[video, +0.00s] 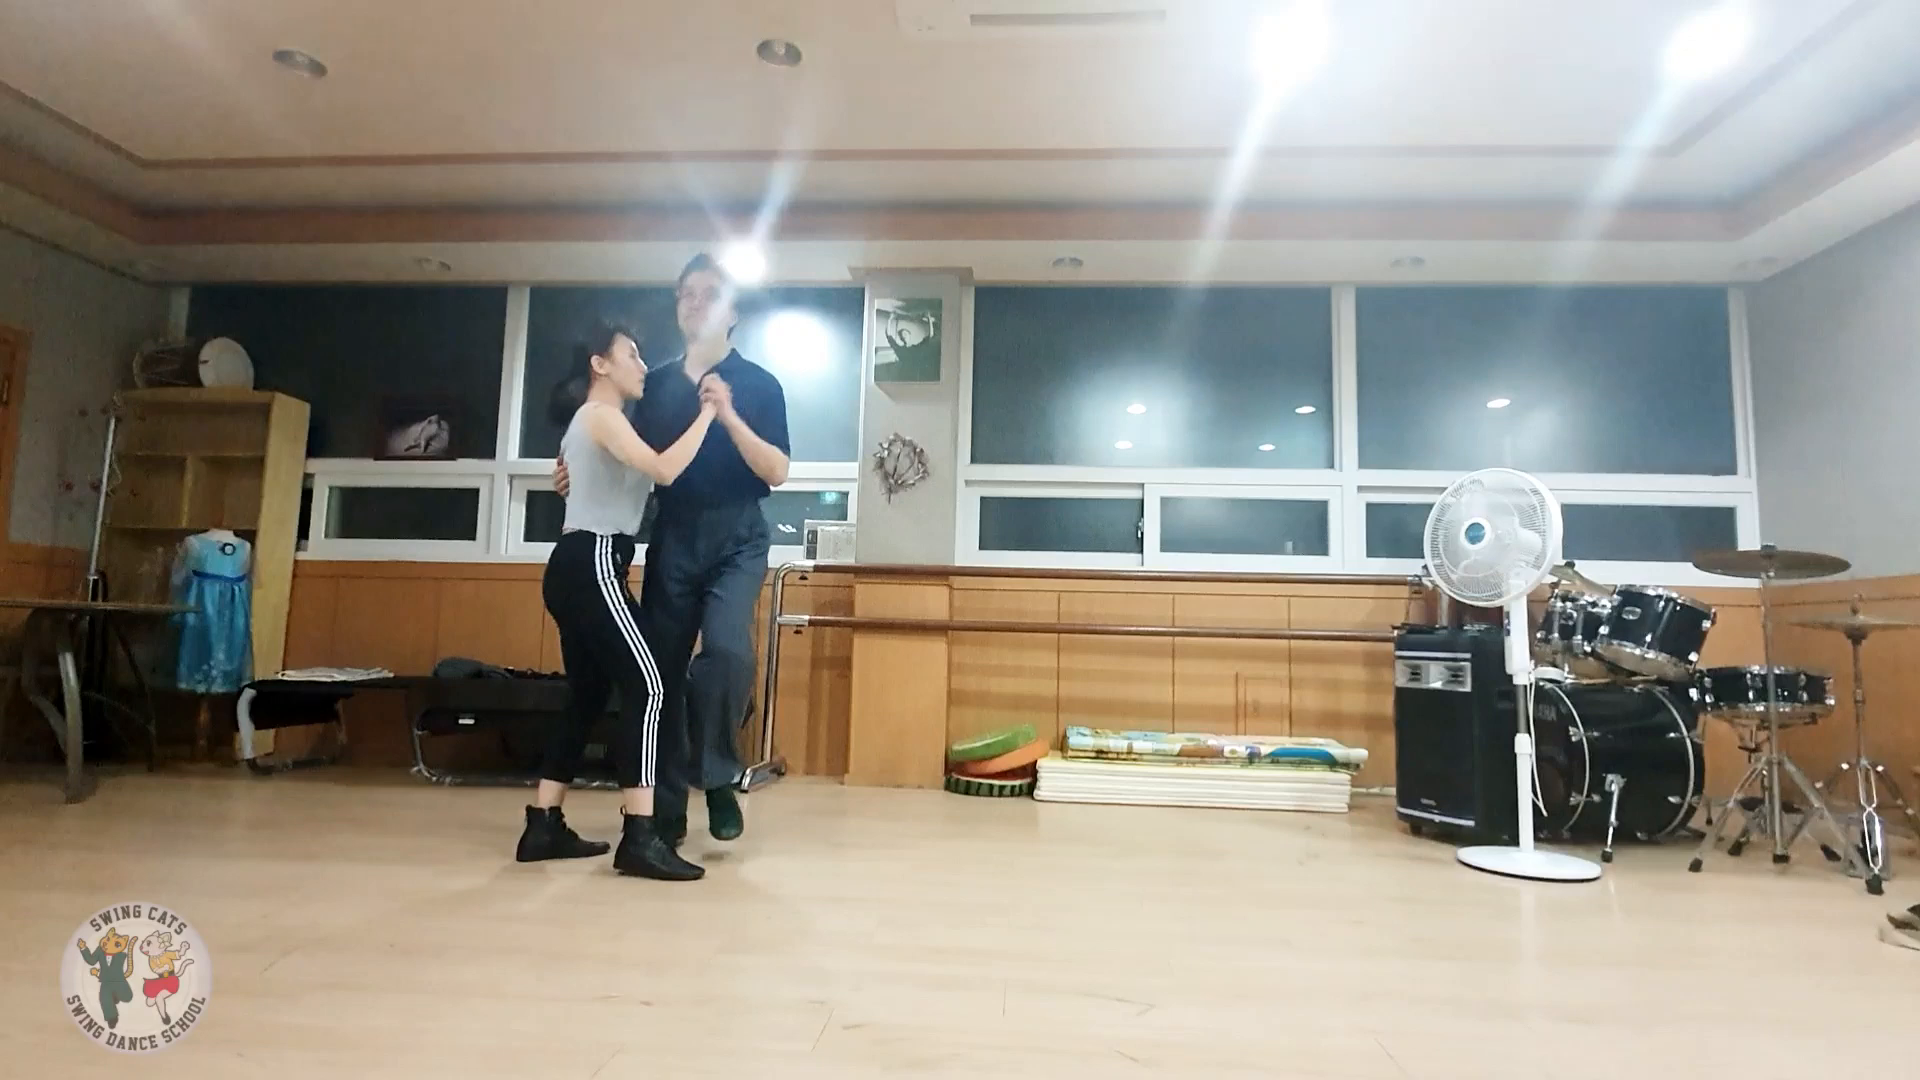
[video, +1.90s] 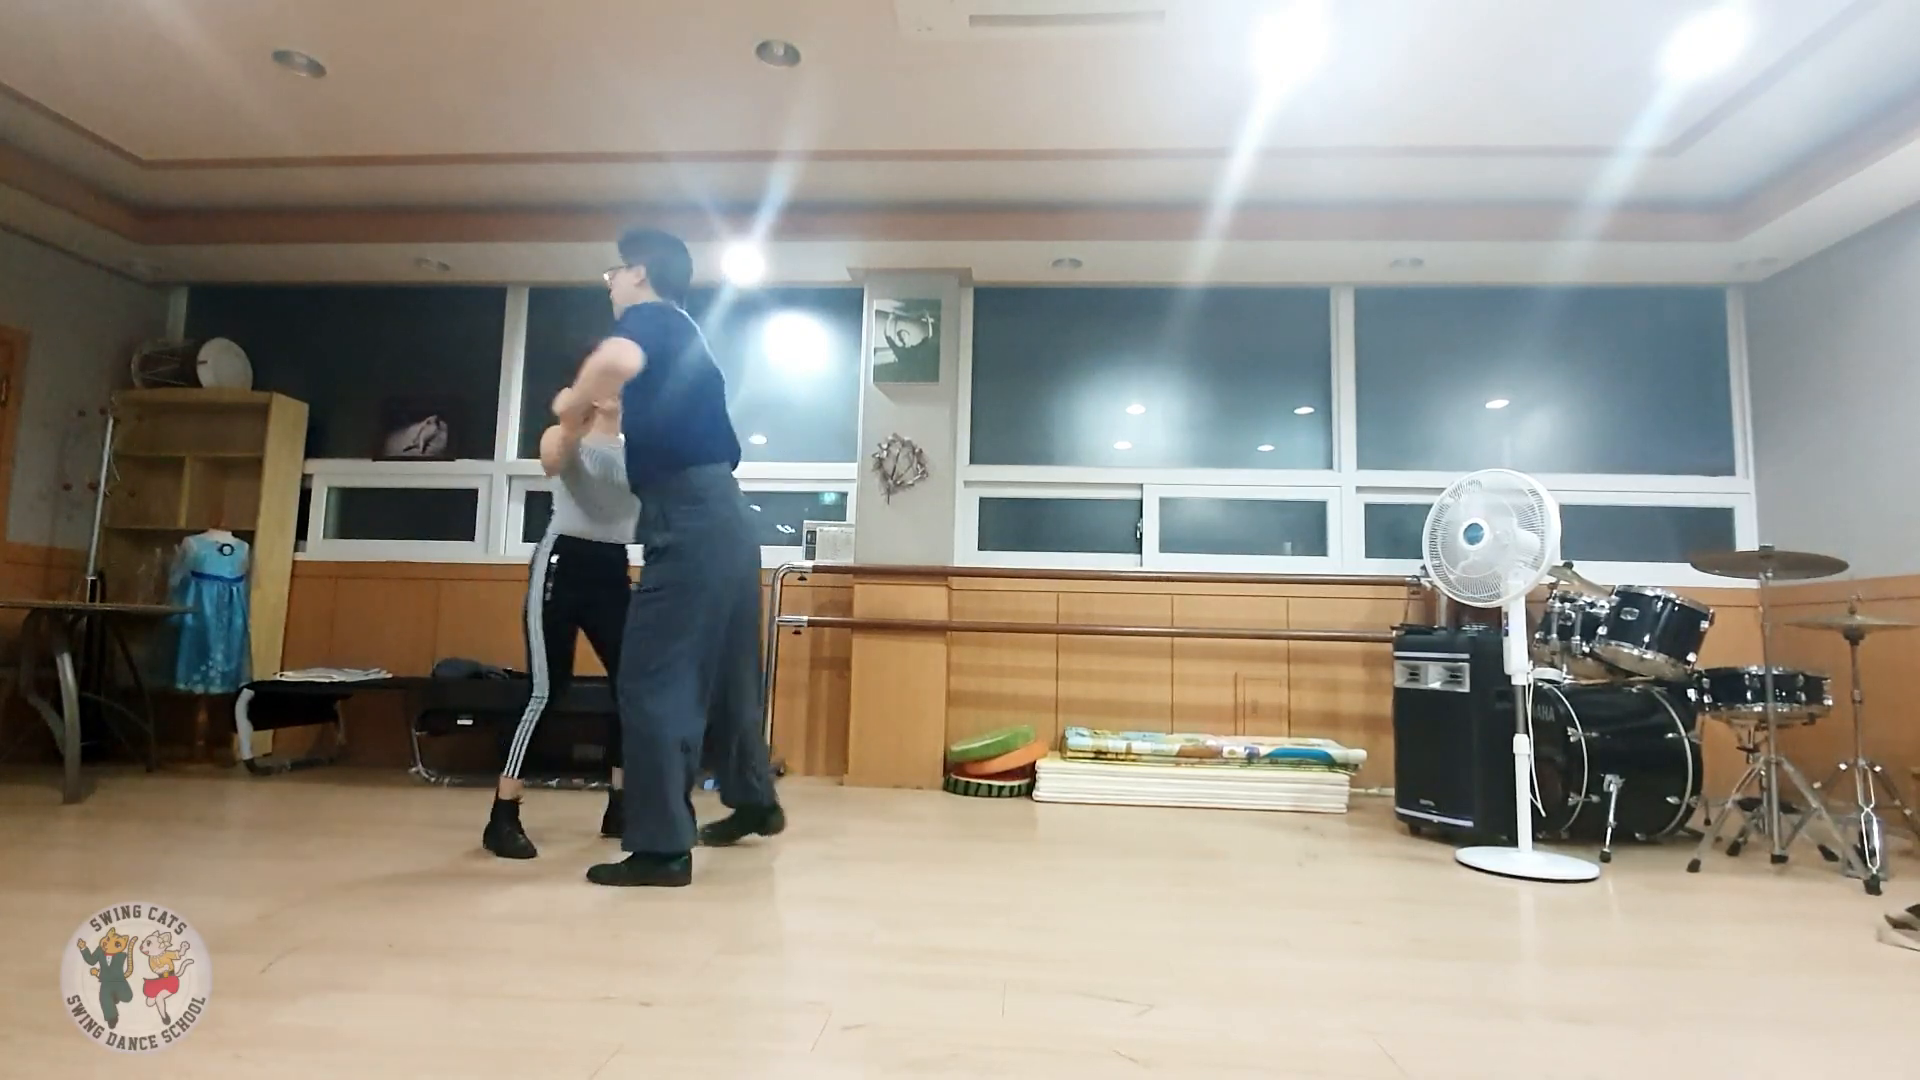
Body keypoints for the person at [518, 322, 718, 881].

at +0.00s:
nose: (643, 365)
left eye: (640, 355)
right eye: (632, 355)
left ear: (605, 368)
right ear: (600, 365)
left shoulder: (591, 422)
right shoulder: (601, 416)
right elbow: (664, 469)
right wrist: (709, 416)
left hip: (576, 565)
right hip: (593, 566)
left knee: (587, 693)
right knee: (650, 688)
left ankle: (543, 825)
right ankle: (640, 836)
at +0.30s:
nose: (630, 368)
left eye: (627, 359)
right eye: (620, 359)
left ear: (591, 371)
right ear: (588, 368)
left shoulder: (578, 423)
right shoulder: (581, 423)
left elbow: (611, 489)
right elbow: (626, 494)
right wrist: (683, 448)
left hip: (558, 563)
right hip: (566, 565)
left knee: (585, 691)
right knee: (624, 685)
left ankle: (544, 825)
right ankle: (603, 829)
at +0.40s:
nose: (620, 367)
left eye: (617, 358)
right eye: (610, 358)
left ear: (583, 367)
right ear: (578, 365)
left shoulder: (577, 421)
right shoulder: (566, 420)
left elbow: (610, 489)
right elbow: (617, 492)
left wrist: (648, 464)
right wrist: (674, 452)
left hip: (560, 560)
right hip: (547, 560)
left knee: (587, 686)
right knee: (595, 686)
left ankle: (547, 818)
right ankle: (535, 821)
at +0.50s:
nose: (610, 371)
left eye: (607, 361)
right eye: (599, 361)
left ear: (571, 373)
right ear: (565, 370)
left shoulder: (568, 426)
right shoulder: (553, 422)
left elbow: (596, 488)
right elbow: (605, 493)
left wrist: (633, 470)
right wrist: (664, 463)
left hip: (553, 564)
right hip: (529, 562)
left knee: (575, 693)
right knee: (560, 698)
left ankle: (545, 826)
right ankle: (471, 809)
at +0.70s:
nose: (584, 375)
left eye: (583, 364)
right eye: (572, 364)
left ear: (549, 374)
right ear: (536, 371)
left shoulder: (554, 436)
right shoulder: (514, 422)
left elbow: (566, 510)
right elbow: (579, 488)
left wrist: (617, 475)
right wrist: (641, 465)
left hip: (516, 571)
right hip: (477, 564)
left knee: (559, 688)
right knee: (483, 700)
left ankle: (544, 826)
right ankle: (432, 826)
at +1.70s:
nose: (595, 381)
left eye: (600, 375)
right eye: (582, 371)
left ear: (605, 390)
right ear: (554, 381)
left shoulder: (603, 455)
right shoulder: (531, 429)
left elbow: (637, 515)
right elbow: (560, 465)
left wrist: (674, 464)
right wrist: (620, 445)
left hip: (561, 574)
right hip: (513, 566)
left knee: (601, 674)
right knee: (518, 688)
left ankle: (574, 800)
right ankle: (498, 815)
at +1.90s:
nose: (611, 382)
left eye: (616, 371)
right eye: (600, 371)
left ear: (627, 381)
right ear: (581, 382)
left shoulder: (642, 437)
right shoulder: (565, 434)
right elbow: (555, 463)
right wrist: (575, 421)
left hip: (611, 569)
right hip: (560, 564)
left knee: (632, 686)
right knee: (547, 688)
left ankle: (622, 805)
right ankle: (504, 815)